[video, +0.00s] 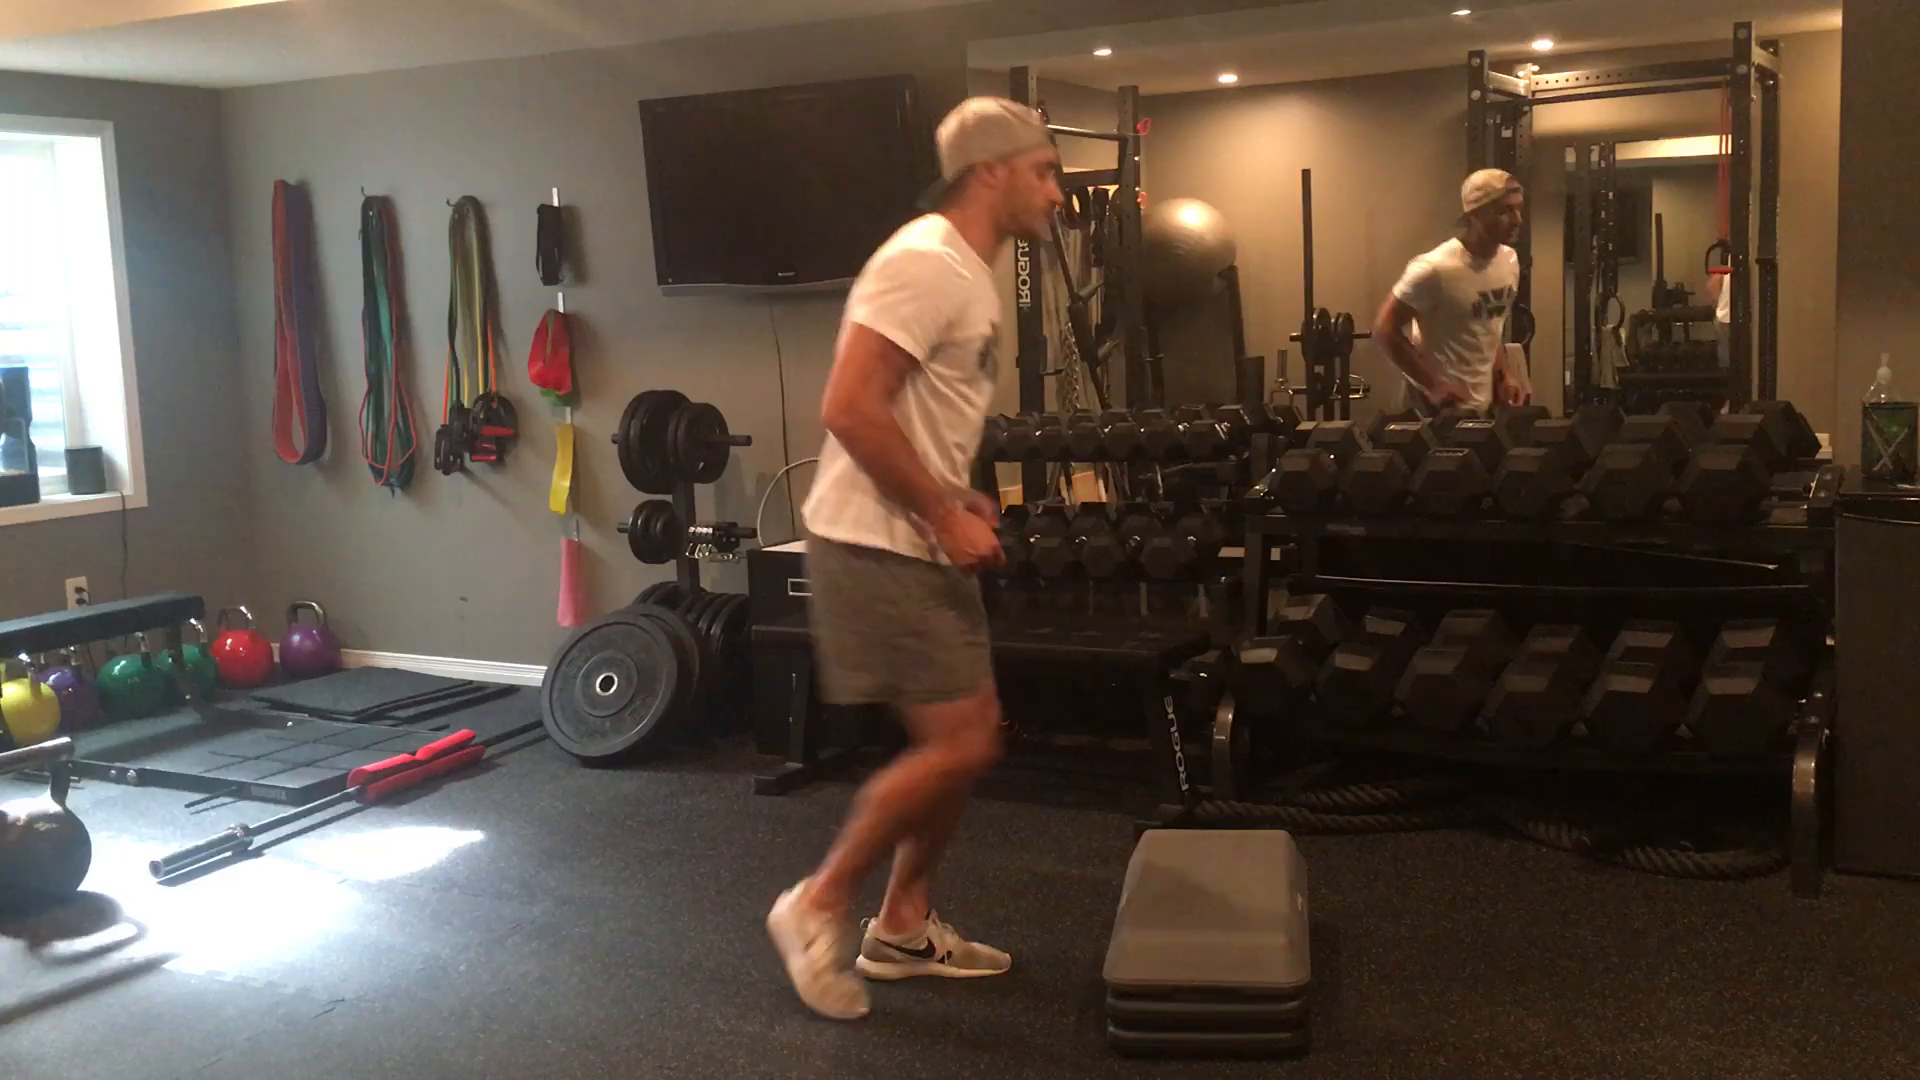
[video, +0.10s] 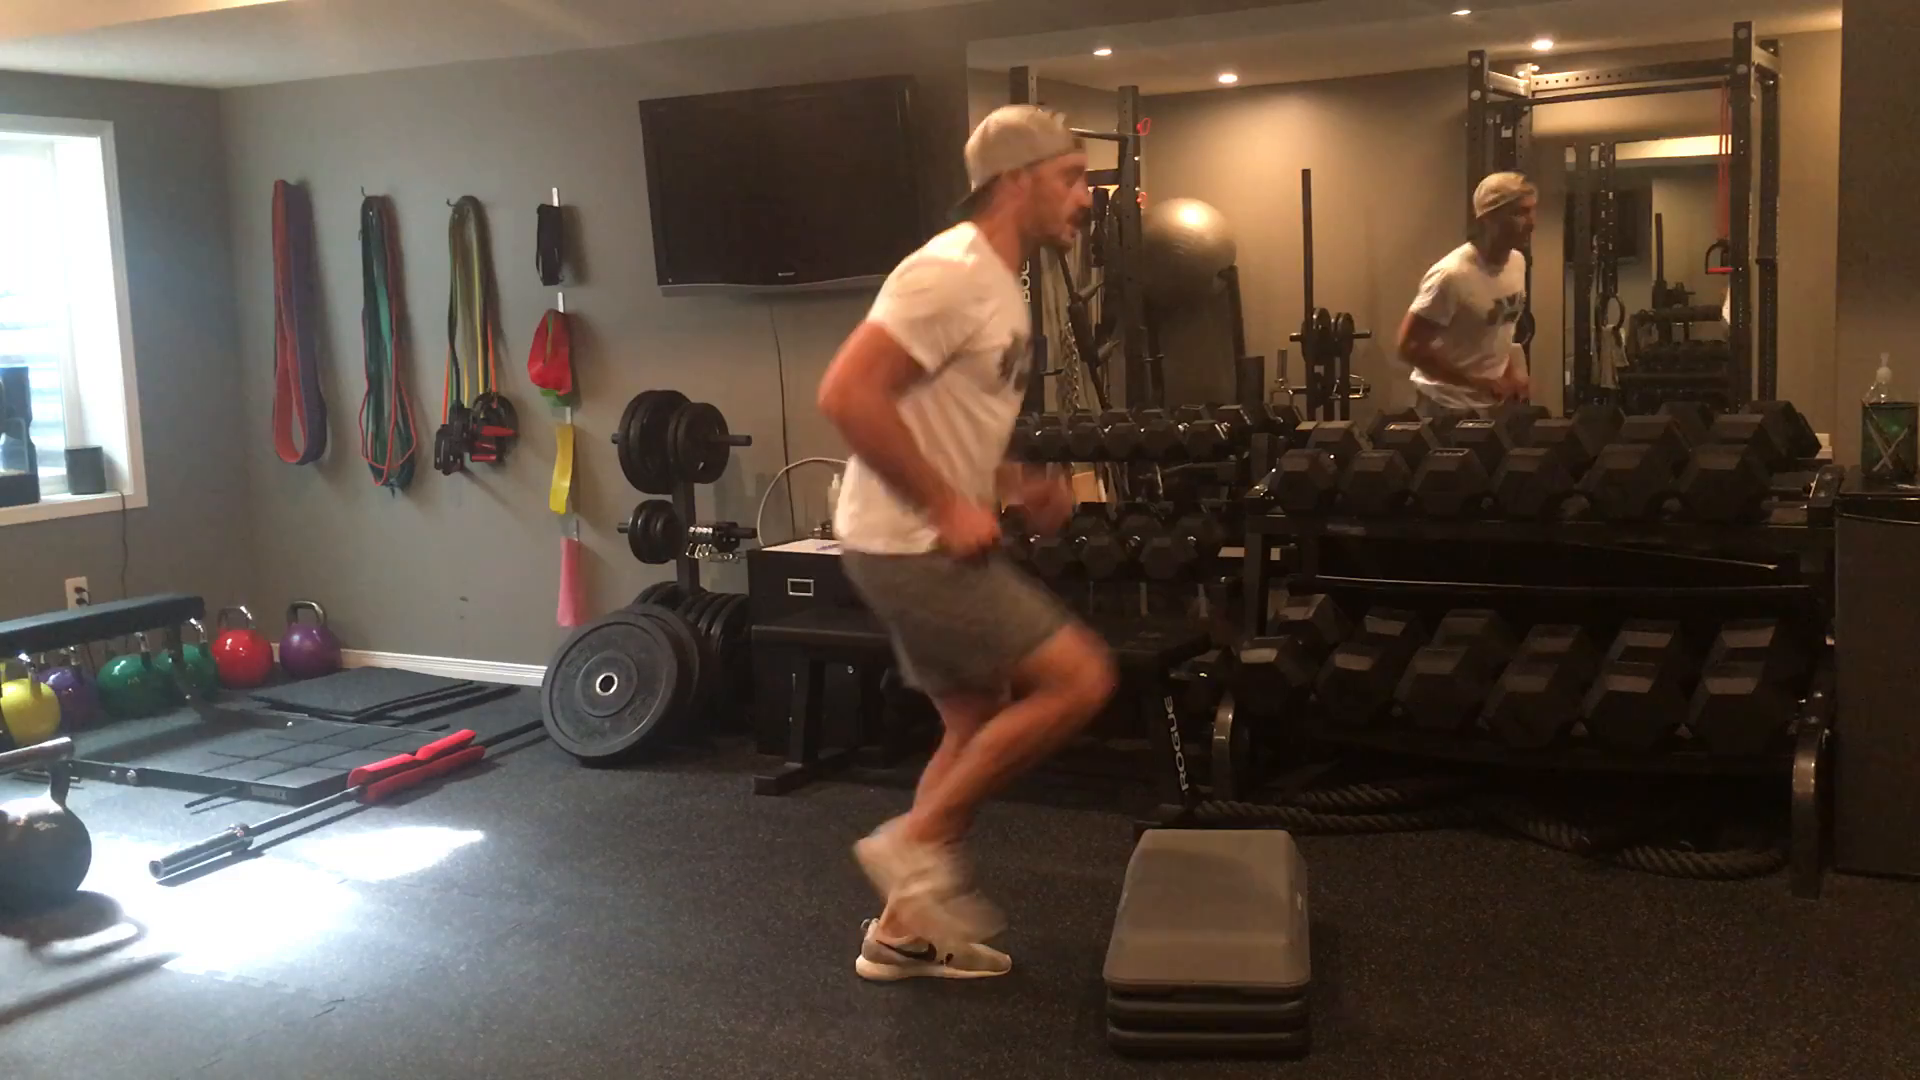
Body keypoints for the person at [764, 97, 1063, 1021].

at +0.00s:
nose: (1056, 192)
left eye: (1054, 174)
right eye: (1044, 173)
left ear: (995, 179)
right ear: (990, 176)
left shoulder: (970, 270)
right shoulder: (924, 261)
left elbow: (913, 413)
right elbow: (851, 405)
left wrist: (958, 498)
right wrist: (947, 512)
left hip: (918, 541)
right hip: (876, 542)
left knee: (959, 736)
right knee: (963, 737)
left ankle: (902, 926)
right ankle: (815, 905)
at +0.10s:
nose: (1086, 197)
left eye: (1085, 180)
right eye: (1073, 179)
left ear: (1021, 188)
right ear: (1018, 184)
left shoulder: (998, 284)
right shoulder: (951, 271)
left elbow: (944, 423)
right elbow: (848, 389)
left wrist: (1020, 481)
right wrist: (942, 501)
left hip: (927, 539)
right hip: (903, 541)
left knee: (973, 724)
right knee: (1079, 676)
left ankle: (906, 925)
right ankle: (914, 839)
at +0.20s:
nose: (1111, 131)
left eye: (1109, 113)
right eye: (1097, 112)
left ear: (1047, 127)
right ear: (1043, 125)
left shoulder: (1035, 228)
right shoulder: (973, 215)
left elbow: (967, 331)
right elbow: (859, 325)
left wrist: (1055, 361)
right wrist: (963, 425)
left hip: (951, 490)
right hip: (943, 494)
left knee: (962, 689)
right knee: (1133, 604)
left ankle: (915, 904)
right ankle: (1050, 817)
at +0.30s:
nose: (1137, 83)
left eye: (1134, 64)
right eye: (1120, 65)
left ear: (1072, 83)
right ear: (1062, 81)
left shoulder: (1057, 183)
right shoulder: (1003, 175)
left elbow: (1001, 296)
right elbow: (908, 303)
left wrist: (1081, 324)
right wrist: (1024, 396)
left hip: (976, 449)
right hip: (989, 450)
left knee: (1034, 642)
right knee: (1152, 606)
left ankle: (945, 853)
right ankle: (1114, 839)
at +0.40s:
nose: (1153, 74)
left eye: (1149, 56)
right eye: (1136, 55)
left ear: (1081, 74)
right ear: (1078, 71)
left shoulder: (1070, 172)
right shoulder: (1036, 174)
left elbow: (1016, 323)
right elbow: (974, 330)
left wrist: (1102, 375)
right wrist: (1097, 393)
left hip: (1040, 448)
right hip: (1024, 456)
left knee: (1124, 627)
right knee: (1161, 629)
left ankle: (993, 796)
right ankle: (1113, 853)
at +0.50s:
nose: (1170, 52)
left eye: (1168, 32)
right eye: (1154, 30)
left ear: (1102, 46)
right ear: (1093, 42)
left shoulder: (1090, 145)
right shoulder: (1053, 140)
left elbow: (1044, 297)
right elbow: (1008, 300)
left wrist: (1123, 361)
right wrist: (1130, 360)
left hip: (1061, 418)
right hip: (1027, 427)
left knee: (1164, 578)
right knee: (1143, 614)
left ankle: (1074, 795)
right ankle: (1111, 848)